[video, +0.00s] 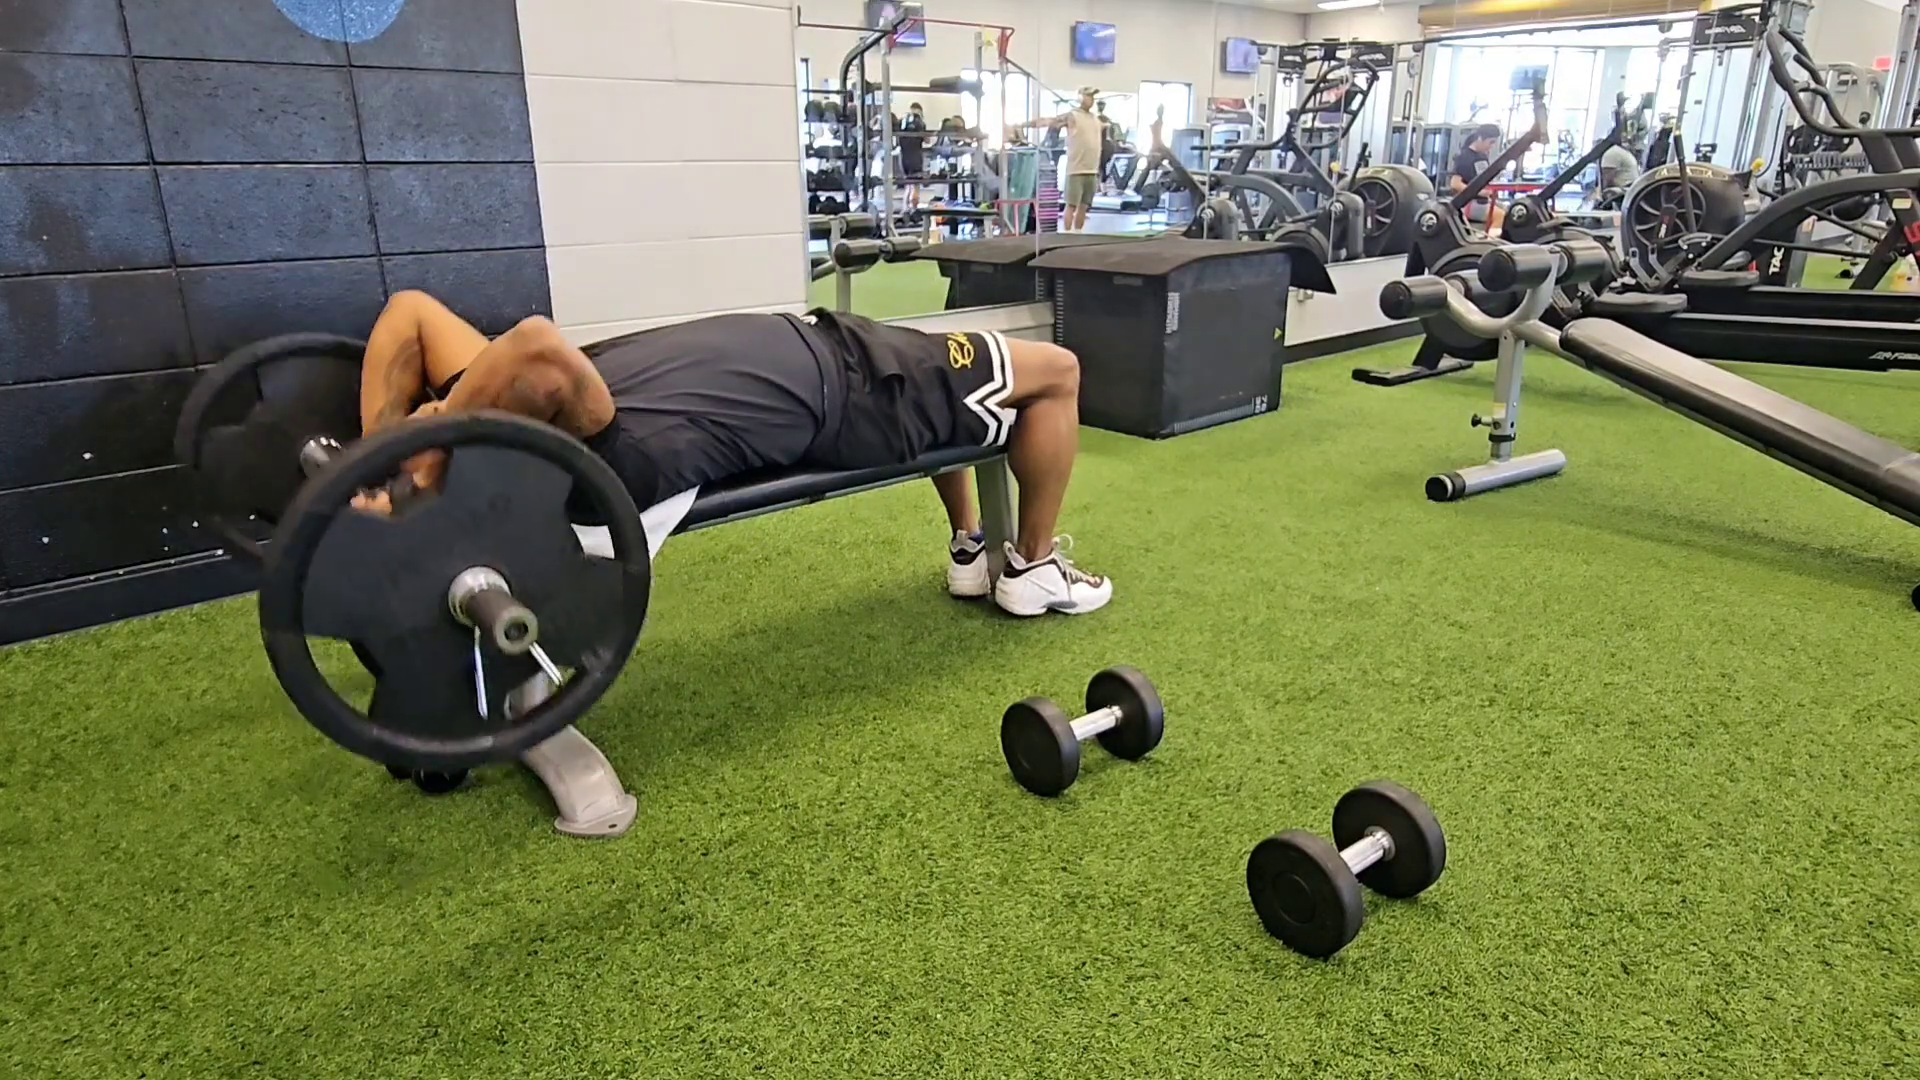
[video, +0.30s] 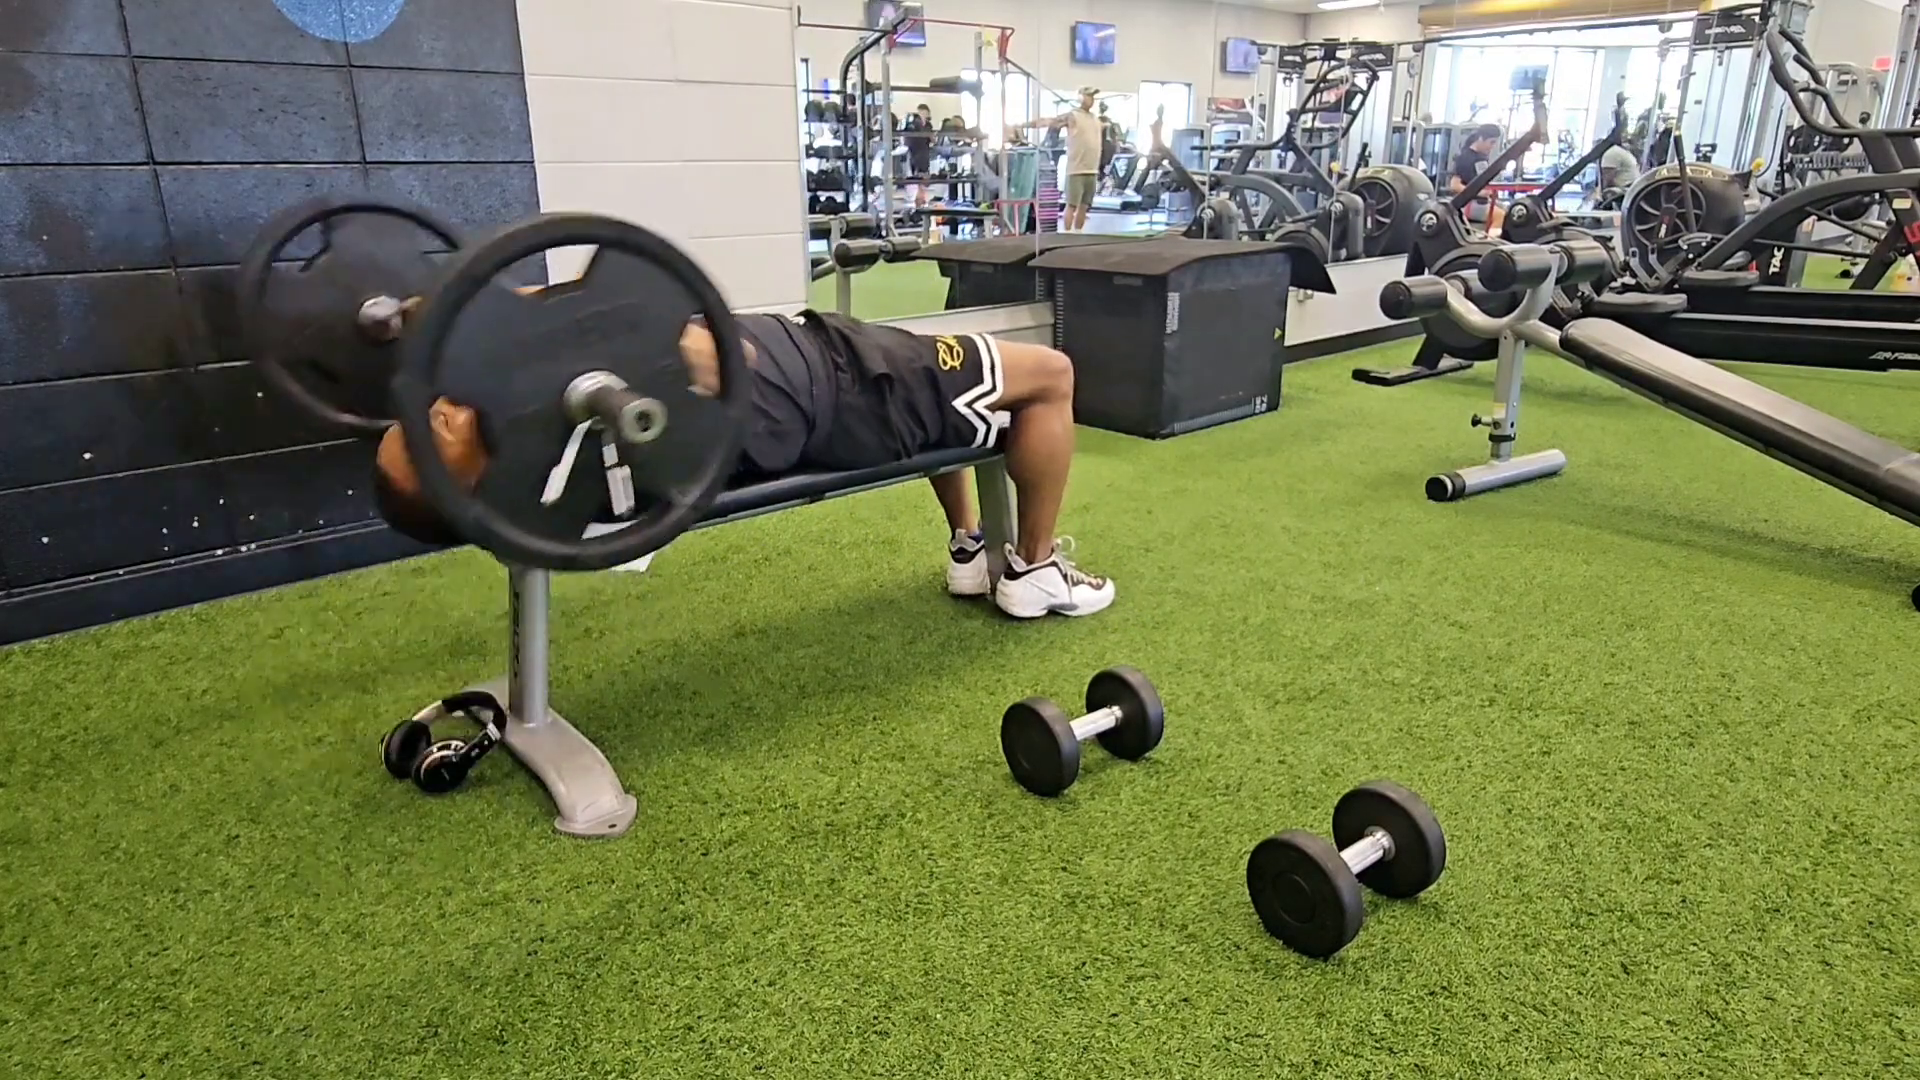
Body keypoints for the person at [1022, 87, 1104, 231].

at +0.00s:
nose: (1092, 100)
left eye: (1093, 97)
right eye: (1090, 96)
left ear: (1092, 100)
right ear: (1081, 98)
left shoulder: (1096, 120)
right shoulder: (1072, 116)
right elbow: (1048, 122)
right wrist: (1023, 125)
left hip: (1091, 169)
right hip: (1076, 169)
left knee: (1084, 207)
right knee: (1072, 206)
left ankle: (1078, 235)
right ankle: (1067, 235)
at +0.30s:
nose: (1092, 100)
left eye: (1093, 97)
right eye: (1089, 96)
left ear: (1092, 99)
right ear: (1082, 97)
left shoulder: (1095, 120)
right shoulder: (1072, 116)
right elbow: (1049, 122)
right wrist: (1023, 125)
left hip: (1092, 169)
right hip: (1076, 168)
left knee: (1084, 207)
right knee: (1072, 205)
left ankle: (1077, 235)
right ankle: (1067, 235)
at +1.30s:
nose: (1073, 103)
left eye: (1074, 100)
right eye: (1070, 99)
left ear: (1074, 102)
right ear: (1062, 101)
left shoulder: (1078, 121)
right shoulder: (1053, 119)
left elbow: (1088, 130)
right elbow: (1035, 127)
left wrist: (1102, 133)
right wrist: (1016, 131)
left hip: (1072, 171)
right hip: (1054, 171)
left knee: (1073, 204)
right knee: (1051, 207)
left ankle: (1076, 234)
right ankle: (1047, 234)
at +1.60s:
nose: (1063, 102)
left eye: (1063, 99)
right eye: (1059, 98)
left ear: (1063, 101)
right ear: (1051, 100)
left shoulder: (1068, 120)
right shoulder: (1043, 119)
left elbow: (1082, 128)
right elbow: (1024, 128)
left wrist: (1097, 131)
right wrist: (1007, 129)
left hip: (1063, 169)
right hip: (1046, 170)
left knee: (1063, 201)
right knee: (1043, 205)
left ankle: (1054, 229)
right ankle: (1042, 233)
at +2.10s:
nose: (1054, 105)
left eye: (1055, 102)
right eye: (1051, 102)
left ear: (1055, 105)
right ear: (1044, 103)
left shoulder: (1058, 124)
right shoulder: (1036, 121)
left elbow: (1075, 130)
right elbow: (1024, 131)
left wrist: (1093, 133)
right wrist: (1013, 133)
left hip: (1051, 170)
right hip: (1037, 170)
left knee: (1039, 203)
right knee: (1043, 203)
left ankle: (1030, 230)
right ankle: (1043, 233)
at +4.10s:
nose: (1055, 105)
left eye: (1057, 102)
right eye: (1052, 101)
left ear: (1059, 105)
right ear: (1045, 103)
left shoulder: (1060, 124)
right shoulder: (1036, 120)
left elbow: (1077, 132)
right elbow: (1025, 128)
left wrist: (1094, 134)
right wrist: (1016, 130)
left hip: (1055, 171)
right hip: (1040, 171)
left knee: (1054, 205)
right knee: (1044, 206)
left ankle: (1036, 227)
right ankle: (1041, 233)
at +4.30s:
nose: (1061, 106)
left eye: (1063, 103)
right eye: (1059, 102)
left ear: (1065, 105)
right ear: (1051, 102)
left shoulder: (1064, 123)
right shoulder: (1041, 118)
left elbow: (1081, 131)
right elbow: (1027, 124)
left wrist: (1099, 132)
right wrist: (1016, 124)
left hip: (1061, 169)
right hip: (1044, 170)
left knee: (1068, 201)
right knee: (1043, 205)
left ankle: (1055, 228)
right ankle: (1040, 233)